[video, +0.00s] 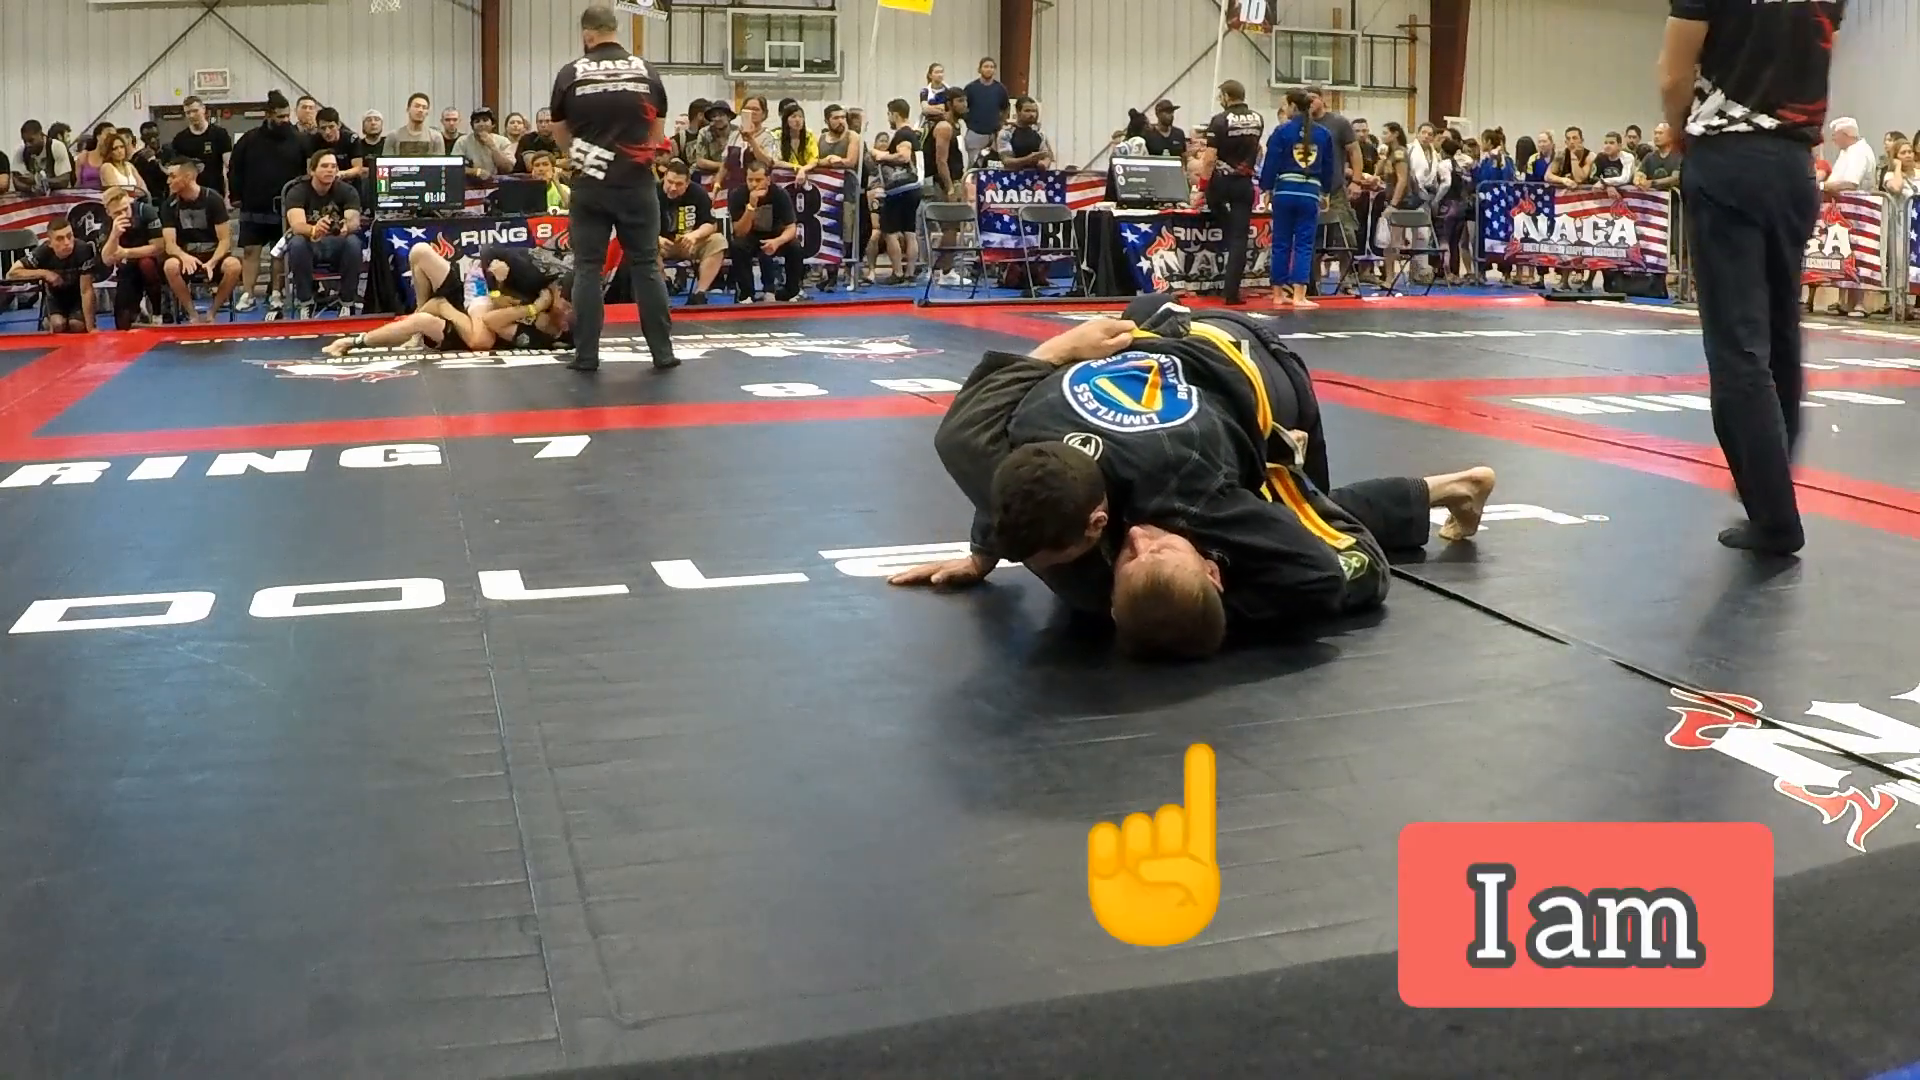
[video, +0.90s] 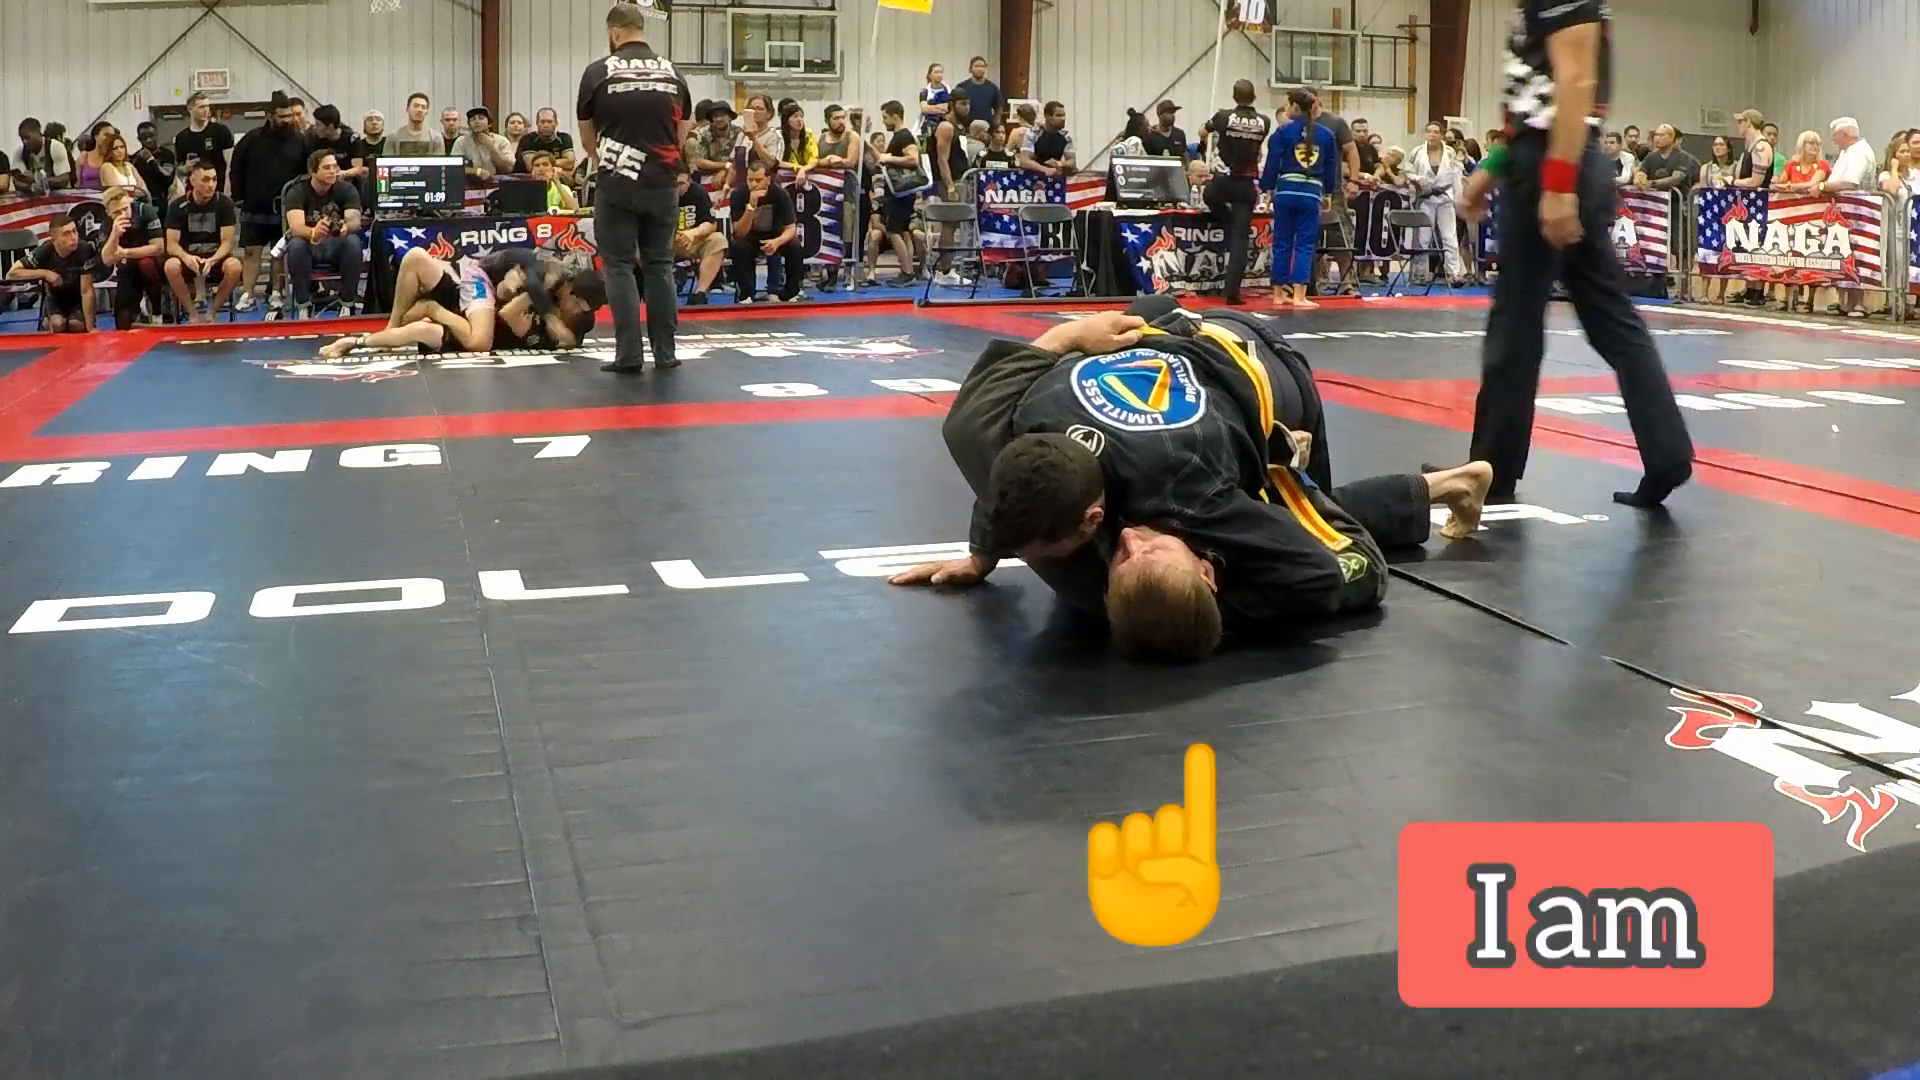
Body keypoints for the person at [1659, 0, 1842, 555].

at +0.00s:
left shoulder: (1704, 4)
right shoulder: (1825, 8)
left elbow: (1674, 75)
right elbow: (1813, 67)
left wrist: (1675, 128)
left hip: (1726, 158)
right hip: (1794, 162)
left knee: (1739, 345)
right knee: (1779, 331)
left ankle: (1775, 523)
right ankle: (1774, 481)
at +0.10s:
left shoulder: (1703, 5)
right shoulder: (1798, 11)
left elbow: (1666, 84)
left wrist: (1635, 173)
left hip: (1711, 163)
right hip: (1774, 166)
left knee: (1728, 346)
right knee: (1734, 336)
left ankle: (1777, 519)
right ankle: (1692, 475)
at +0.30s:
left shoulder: (1683, 3)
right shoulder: (1745, 11)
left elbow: (1652, 70)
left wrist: (1605, 174)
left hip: (1684, 158)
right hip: (1727, 158)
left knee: (1686, 330)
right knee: (1690, 329)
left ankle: (1766, 488)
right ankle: (1677, 488)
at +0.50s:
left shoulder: (1657, 3)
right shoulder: (1685, 12)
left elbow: (1648, 62)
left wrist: (1605, 160)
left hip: (1655, 156)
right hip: (1687, 158)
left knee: (1604, 315)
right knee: (1669, 321)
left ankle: (1701, 438)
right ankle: (1677, 483)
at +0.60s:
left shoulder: (1643, 5)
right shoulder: (1661, 13)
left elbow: (1643, 64)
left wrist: (1604, 165)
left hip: (1636, 153)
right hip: (1666, 155)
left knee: (1568, 305)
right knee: (1656, 324)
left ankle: (1647, 454)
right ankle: (1677, 474)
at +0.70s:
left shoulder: (1623, 5)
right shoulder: (1605, 9)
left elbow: (1633, 68)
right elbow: (1620, 78)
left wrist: (1599, 170)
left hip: (1607, 155)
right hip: (1638, 156)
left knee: (1550, 310)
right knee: (1647, 323)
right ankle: (1676, 473)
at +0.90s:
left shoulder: (1566, 4)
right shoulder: (1538, 13)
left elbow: (1576, 82)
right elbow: (1535, 102)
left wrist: (1559, 184)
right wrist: (1490, 171)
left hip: (1546, 169)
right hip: (1574, 167)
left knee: (1513, 328)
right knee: (1612, 320)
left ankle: (1493, 474)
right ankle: (1667, 458)